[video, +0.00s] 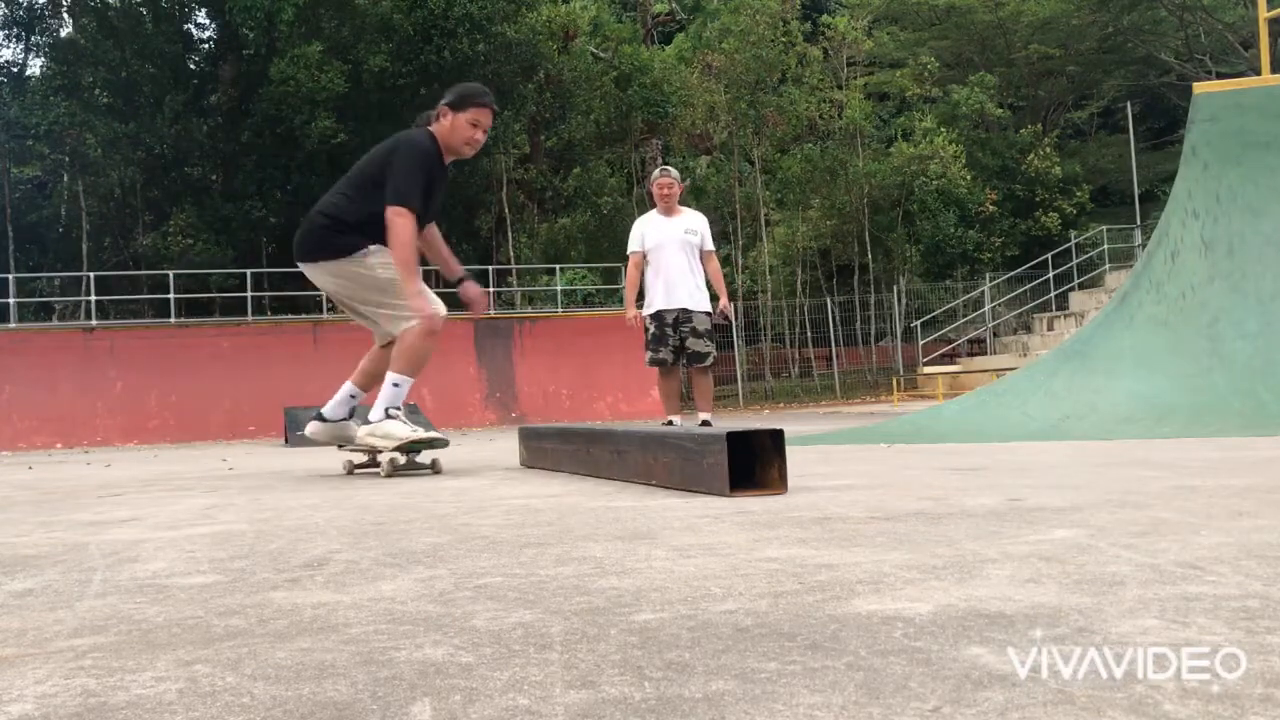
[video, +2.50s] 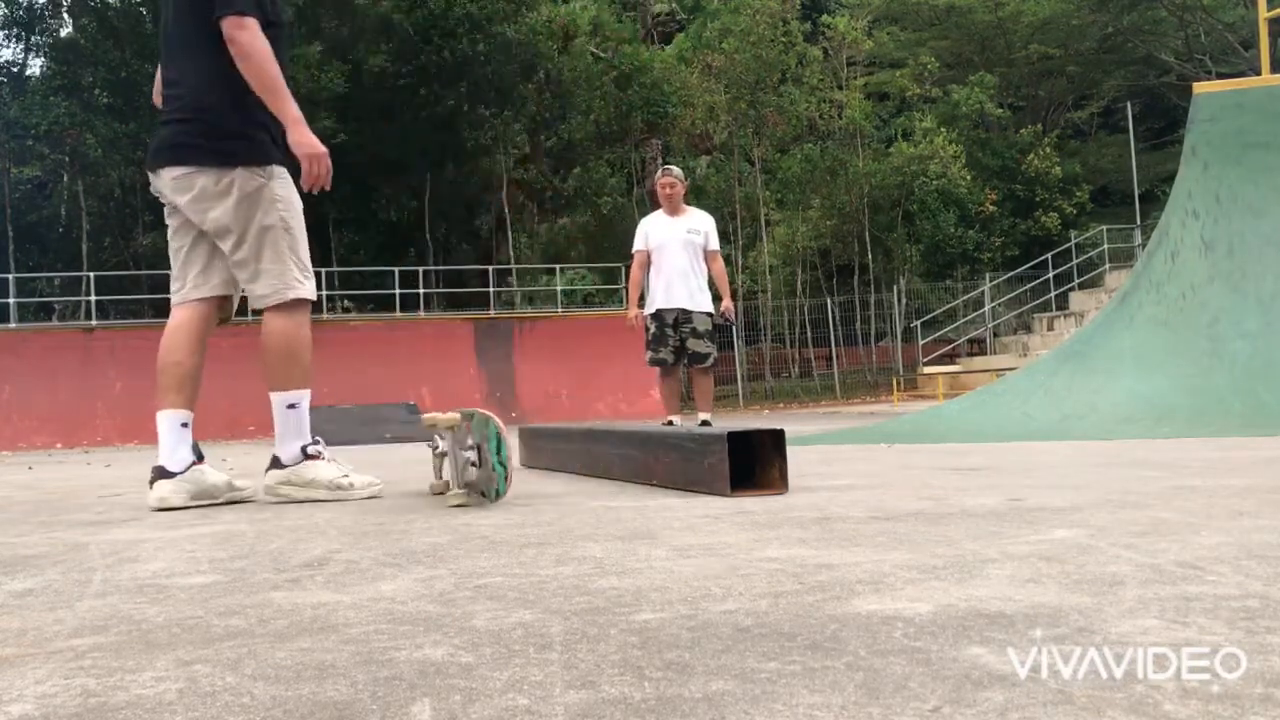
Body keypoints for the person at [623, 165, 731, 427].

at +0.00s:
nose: (665, 192)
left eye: (670, 187)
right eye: (660, 187)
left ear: (680, 189)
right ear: (652, 191)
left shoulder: (697, 219)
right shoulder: (642, 224)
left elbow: (710, 259)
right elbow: (635, 266)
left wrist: (723, 295)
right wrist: (630, 305)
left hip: (696, 304)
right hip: (659, 307)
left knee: (701, 365)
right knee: (667, 367)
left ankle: (705, 419)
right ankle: (673, 421)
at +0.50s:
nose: (666, 192)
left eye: (670, 187)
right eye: (660, 188)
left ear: (680, 189)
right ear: (652, 191)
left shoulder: (698, 219)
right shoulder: (643, 224)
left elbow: (711, 259)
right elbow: (635, 266)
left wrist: (726, 295)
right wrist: (630, 305)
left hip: (696, 304)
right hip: (660, 306)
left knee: (701, 365)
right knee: (668, 367)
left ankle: (705, 419)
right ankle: (673, 421)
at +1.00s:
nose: (668, 192)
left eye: (673, 187)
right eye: (663, 187)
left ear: (683, 189)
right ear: (654, 191)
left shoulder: (699, 220)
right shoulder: (643, 224)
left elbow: (712, 259)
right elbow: (635, 266)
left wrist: (725, 296)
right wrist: (631, 305)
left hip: (696, 304)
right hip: (660, 306)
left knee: (701, 365)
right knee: (667, 367)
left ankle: (705, 418)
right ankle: (673, 421)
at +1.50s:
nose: (670, 191)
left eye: (675, 186)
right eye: (664, 186)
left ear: (684, 189)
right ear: (656, 190)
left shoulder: (700, 220)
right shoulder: (645, 223)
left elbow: (712, 260)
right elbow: (637, 264)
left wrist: (726, 297)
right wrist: (632, 304)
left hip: (697, 305)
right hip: (661, 306)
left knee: (702, 365)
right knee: (668, 367)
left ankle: (705, 418)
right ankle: (673, 421)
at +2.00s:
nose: (668, 191)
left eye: (673, 186)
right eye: (663, 186)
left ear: (683, 188)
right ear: (655, 190)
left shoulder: (701, 220)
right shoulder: (645, 223)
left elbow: (713, 260)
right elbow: (637, 265)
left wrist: (726, 297)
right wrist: (632, 305)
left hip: (697, 305)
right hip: (661, 307)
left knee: (702, 365)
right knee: (668, 366)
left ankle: (705, 418)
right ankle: (673, 420)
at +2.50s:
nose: (668, 191)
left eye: (673, 186)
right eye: (663, 187)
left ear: (684, 187)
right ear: (656, 190)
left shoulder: (703, 220)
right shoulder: (647, 223)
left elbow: (715, 260)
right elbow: (638, 265)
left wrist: (726, 297)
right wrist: (633, 305)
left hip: (697, 305)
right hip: (661, 306)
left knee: (702, 365)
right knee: (668, 366)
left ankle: (705, 418)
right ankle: (672, 420)